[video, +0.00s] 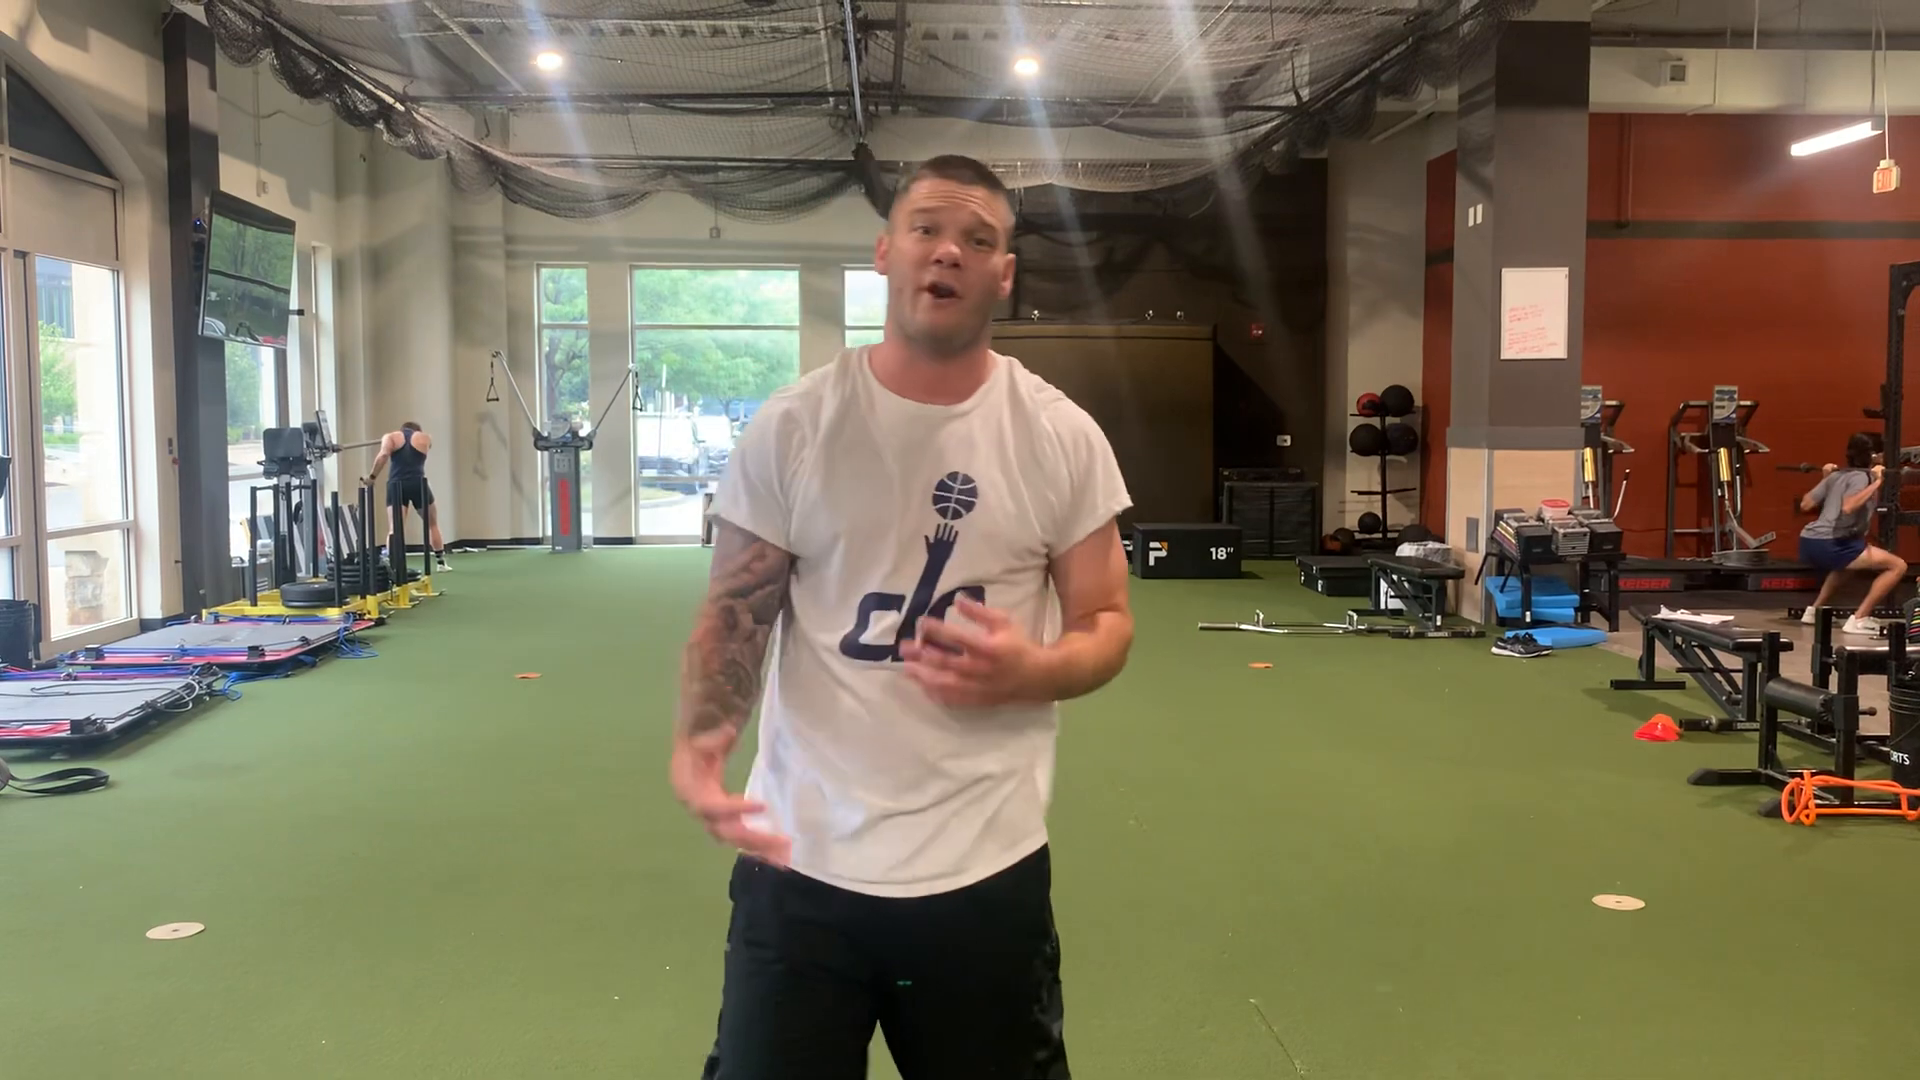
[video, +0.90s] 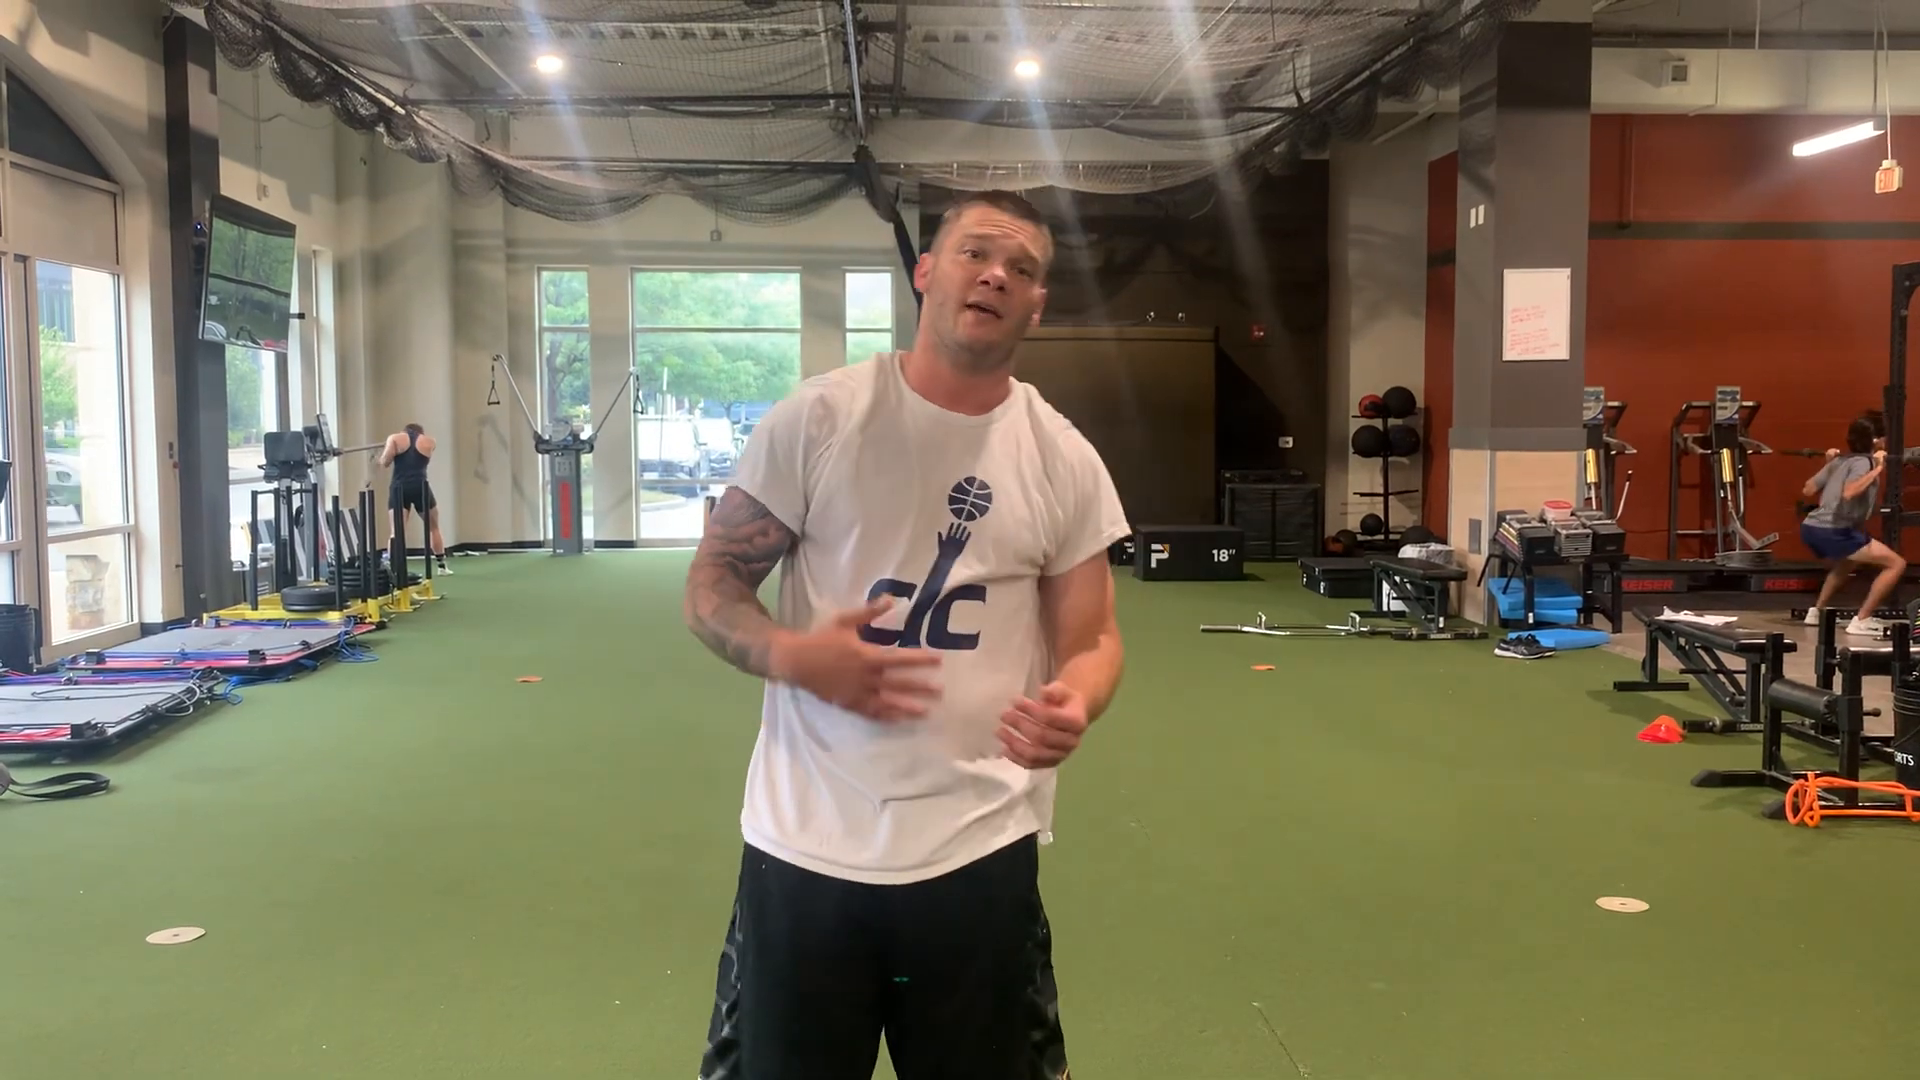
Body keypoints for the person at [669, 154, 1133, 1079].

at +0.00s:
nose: (949, 250)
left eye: (978, 237)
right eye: (927, 228)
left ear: (1006, 277)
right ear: (882, 253)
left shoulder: (1061, 439)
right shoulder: (794, 425)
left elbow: (1104, 627)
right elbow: (737, 609)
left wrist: (1036, 671)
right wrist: (701, 754)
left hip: (982, 873)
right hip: (800, 868)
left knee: (1002, 1069)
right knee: (759, 1070)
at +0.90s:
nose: (994, 274)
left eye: (1021, 268)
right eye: (974, 251)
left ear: (1038, 311)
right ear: (923, 275)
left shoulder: (1063, 462)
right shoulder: (815, 421)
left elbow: (1092, 638)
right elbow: (712, 585)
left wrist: (1070, 703)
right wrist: (790, 655)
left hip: (978, 856)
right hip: (806, 851)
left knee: (993, 1067)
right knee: (773, 1067)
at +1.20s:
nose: (880, 279)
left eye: (902, 266)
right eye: (856, 261)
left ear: (929, 300)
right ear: (815, 293)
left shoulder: (989, 440)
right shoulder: (750, 446)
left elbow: (1040, 600)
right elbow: (694, 622)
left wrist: (997, 661)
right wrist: (737, 684)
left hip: (944, 840)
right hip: (781, 847)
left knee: (968, 1062)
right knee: (768, 1063)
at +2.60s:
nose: (898, 315)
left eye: (917, 311)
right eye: (885, 298)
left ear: (930, 339)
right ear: (846, 311)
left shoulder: (957, 447)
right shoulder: (770, 431)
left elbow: (981, 575)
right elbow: (706, 573)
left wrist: (941, 626)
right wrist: (763, 540)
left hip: (910, 737)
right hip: (783, 736)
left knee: (908, 965)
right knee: (755, 976)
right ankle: (762, 1057)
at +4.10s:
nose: (912, 341)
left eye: (927, 334)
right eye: (901, 325)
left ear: (939, 354)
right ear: (871, 334)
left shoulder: (955, 445)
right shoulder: (806, 426)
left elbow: (973, 557)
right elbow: (754, 533)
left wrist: (992, 661)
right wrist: (831, 545)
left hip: (907, 677)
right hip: (811, 676)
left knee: (898, 846)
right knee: (815, 842)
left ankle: (878, 1017)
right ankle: (849, 959)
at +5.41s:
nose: (990, 332)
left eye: (1004, 325)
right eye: (978, 316)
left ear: (1013, 347)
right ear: (942, 326)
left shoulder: (1033, 432)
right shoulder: (888, 424)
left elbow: (1057, 536)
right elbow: (839, 537)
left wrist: (1076, 558)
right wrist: (885, 535)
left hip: (1002, 676)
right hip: (900, 675)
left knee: (1005, 847)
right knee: (885, 840)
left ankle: (992, 1020)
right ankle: (877, 954)